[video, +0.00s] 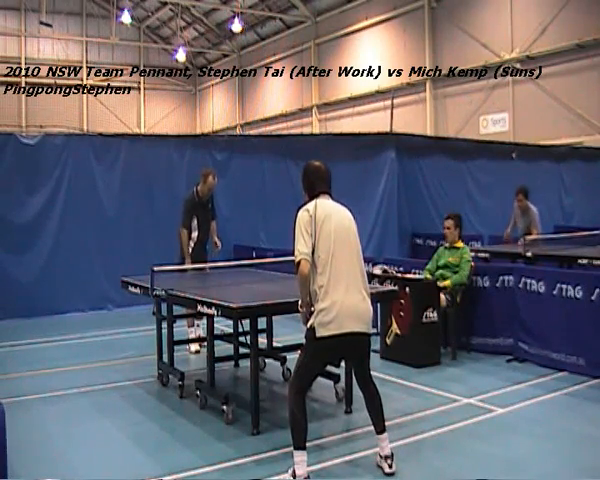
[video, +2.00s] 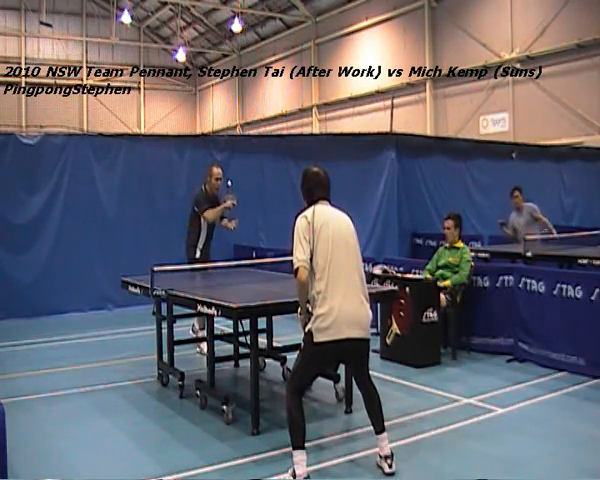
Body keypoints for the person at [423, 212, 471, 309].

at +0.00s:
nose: (445, 232)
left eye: (448, 228)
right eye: (444, 228)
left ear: (457, 230)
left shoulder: (464, 251)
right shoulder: (441, 249)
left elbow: (463, 276)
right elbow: (429, 268)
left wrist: (445, 283)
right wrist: (428, 277)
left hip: (454, 285)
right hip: (436, 282)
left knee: (441, 298)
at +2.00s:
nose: (445, 232)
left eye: (448, 229)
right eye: (444, 229)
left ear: (457, 230)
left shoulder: (464, 251)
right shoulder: (442, 249)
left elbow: (463, 276)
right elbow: (430, 267)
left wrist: (446, 283)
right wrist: (428, 276)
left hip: (453, 284)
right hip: (436, 281)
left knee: (442, 298)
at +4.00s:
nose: (445, 232)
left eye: (448, 228)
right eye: (444, 228)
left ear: (457, 230)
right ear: (443, 229)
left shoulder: (464, 251)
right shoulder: (442, 249)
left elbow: (463, 276)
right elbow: (430, 267)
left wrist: (446, 283)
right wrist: (427, 277)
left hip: (452, 286)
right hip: (435, 283)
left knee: (438, 302)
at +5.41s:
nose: (445, 231)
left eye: (449, 228)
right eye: (444, 228)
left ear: (457, 230)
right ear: (441, 229)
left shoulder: (464, 251)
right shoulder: (441, 249)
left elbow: (463, 276)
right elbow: (429, 268)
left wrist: (445, 283)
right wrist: (428, 277)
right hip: (435, 282)